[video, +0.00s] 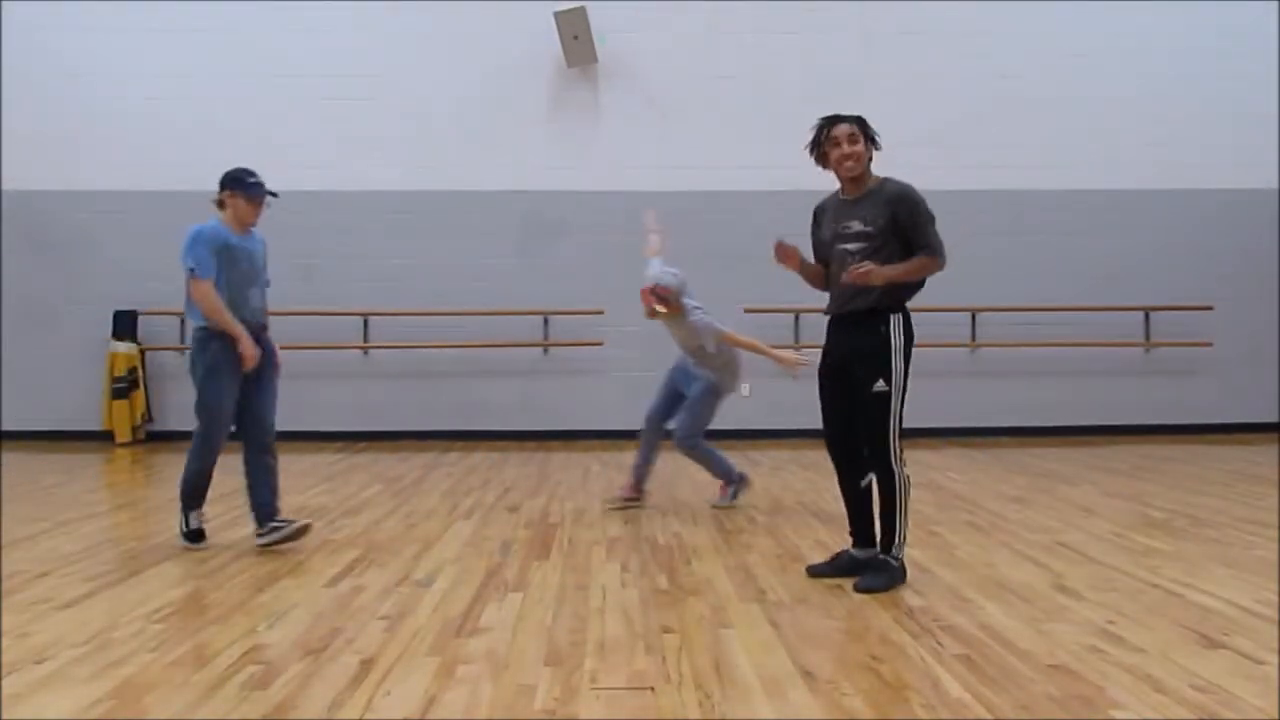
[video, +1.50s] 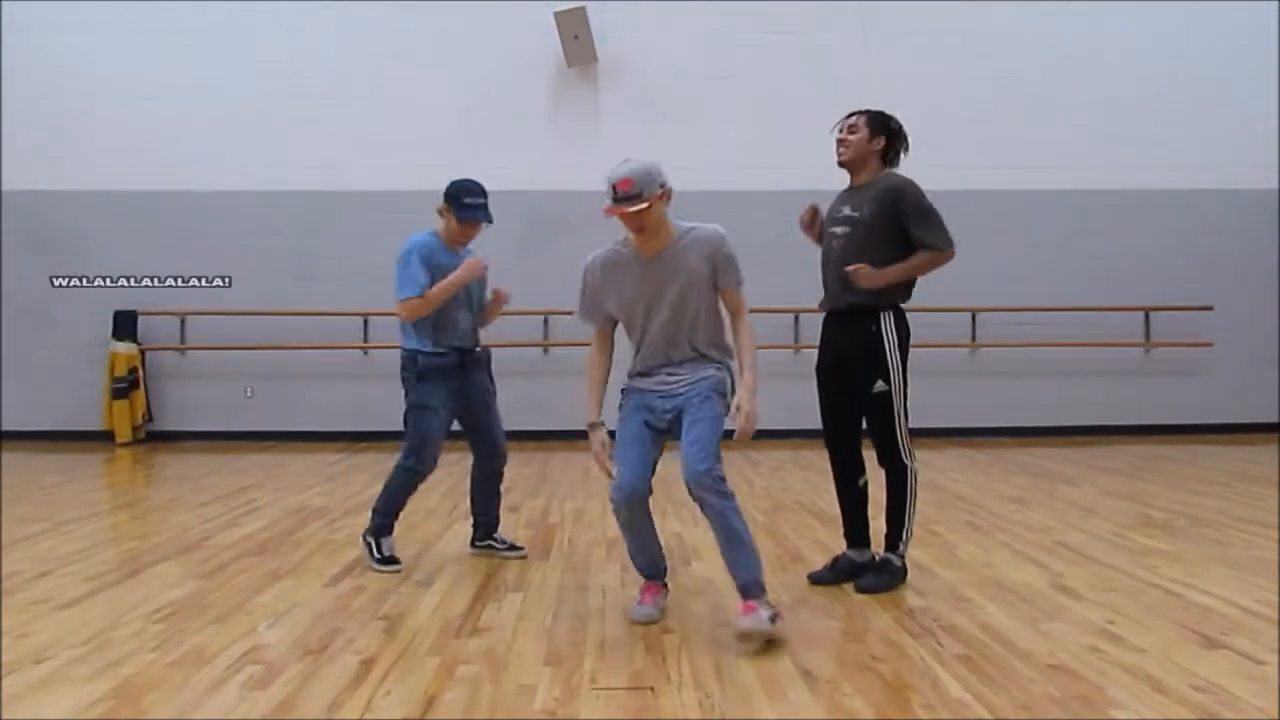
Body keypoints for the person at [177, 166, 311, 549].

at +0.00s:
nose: (259, 209)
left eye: (262, 203)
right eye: (252, 202)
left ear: (260, 203)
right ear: (228, 199)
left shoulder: (257, 244)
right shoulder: (204, 238)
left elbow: (257, 300)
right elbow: (201, 292)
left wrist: (266, 342)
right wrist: (241, 336)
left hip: (255, 342)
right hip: (216, 344)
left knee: (261, 434)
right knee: (213, 432)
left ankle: (267, 519)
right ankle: (192, 507)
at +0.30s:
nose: (310, 221)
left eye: (312, 214)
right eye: (302, 214)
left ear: (311, 214)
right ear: (278, 211)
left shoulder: (311, 260)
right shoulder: (253, 252)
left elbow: (322, 317)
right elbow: (243, 310)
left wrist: (341, 354)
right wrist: (266, 361)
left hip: (310, 358)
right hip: (272, 358)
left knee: (311, 450)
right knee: (281, 446)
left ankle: (289, 529)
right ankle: (276, 533)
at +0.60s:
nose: (340, 219)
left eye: (344, 212)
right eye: (331, 212)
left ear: (348, 211)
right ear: (308, 209)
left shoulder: (347, 253)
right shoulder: (282, 255)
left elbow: (358, 309)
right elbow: (254, 314)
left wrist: (363, 359)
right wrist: (248, 376)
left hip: (340, 361)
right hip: (304, 360)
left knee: (308, 448)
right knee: (331, 445)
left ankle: (280, 529)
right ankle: (355, 537)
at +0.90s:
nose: (380, 215)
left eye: (385, 207)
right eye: (372, 207)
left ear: (390, 207)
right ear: (349, 204)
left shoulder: (389, 247)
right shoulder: (327, 252)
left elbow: (398, 302)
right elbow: (306, 314)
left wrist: (402, 354)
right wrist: (332, 369)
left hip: (382, 358)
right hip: (347, 358)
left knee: (379, 447)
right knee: (360, 448)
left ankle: (313, 505)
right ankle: (364, 542)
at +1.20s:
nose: (429, 216)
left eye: (435, 208)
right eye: (422, 207)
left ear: (439, 208)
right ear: (399, 201)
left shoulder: (417, 244)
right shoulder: (376, 240)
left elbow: (407, 294)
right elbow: (325, 284)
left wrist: (428, 325)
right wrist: (369, 326)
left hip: (421, 357)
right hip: (385, 359)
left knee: (441, 435)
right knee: (375, 447)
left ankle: (454, 527)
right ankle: (364, 542)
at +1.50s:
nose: (471, 231)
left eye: (478, 223)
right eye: (464, 222)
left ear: (485, 221)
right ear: (443, 213)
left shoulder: (470, 258)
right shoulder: (417, 250)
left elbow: (472, 322)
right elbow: (408, 311)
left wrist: (493, 307)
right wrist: (460, 278)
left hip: (470, 365)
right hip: (428, 368)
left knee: (491, 450)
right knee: (421, 457)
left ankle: (485, 533)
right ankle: (378, 532)